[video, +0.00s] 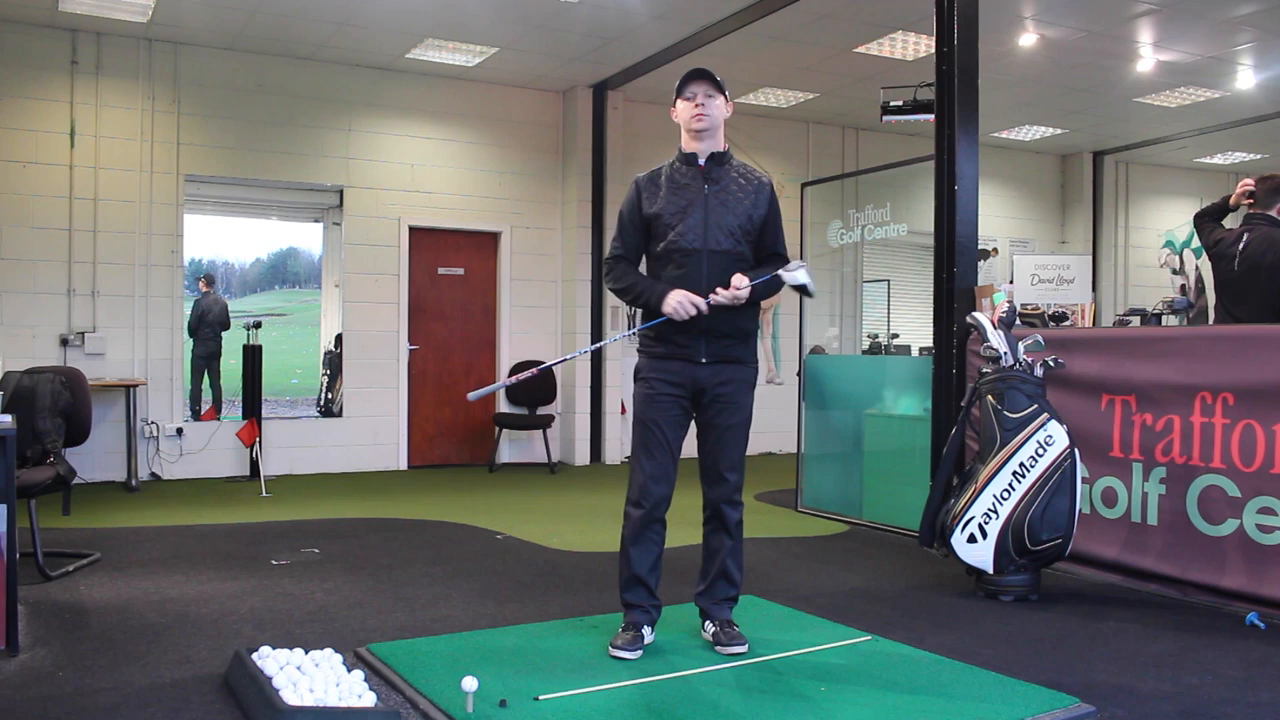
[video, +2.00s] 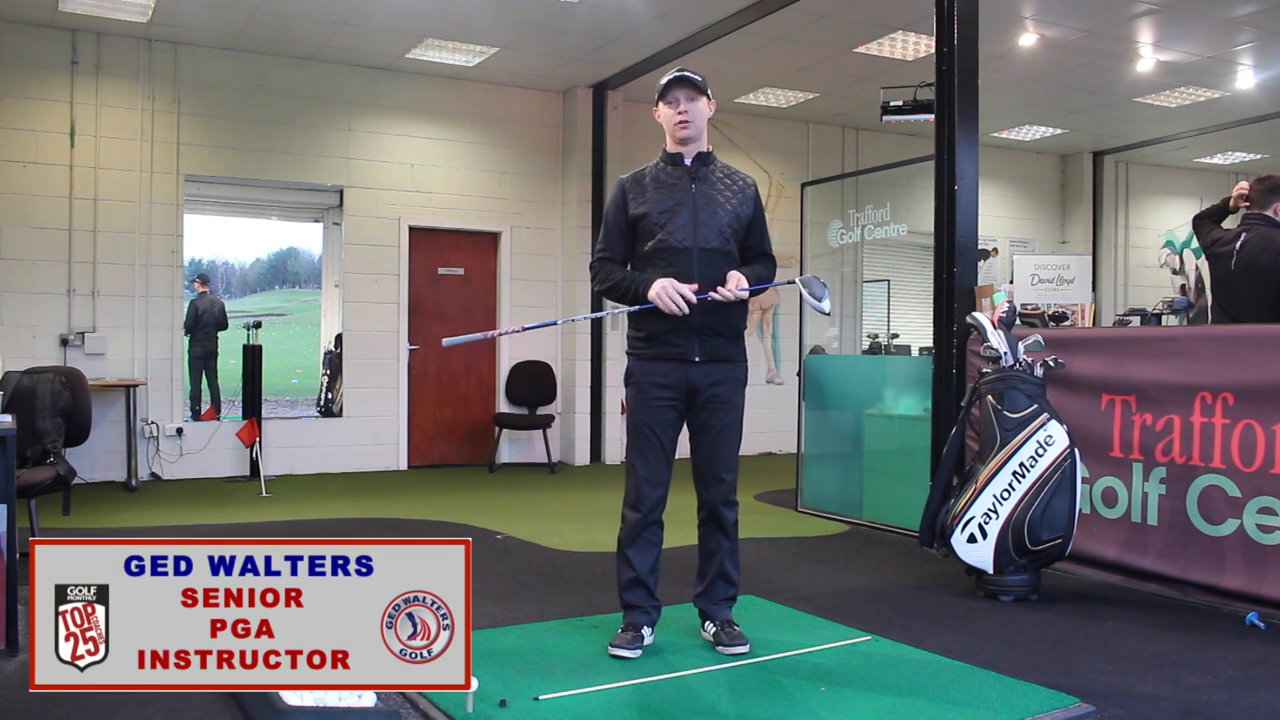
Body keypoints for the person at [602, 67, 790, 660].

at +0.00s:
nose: (698, 104)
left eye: (709, 96)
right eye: (688, 97)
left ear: (728, 110)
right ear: (674, 113)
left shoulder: (756, 187)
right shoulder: (648, 186)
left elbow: (776, 267)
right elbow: (616, 267)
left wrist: (751, 288)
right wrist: (660, 295)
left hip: (731, 363)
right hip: (663, 360)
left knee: (725, 494)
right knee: (647, 493)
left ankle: (719, 612)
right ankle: (638, 616)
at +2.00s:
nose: (681, 108)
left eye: (691, 98)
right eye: (671, 100)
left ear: (711, 109)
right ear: (658, 115)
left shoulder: (741, 187)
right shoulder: (633, 188)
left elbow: (763, 265)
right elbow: (605, 271)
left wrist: (746, 280)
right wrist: (648, 285)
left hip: (722, 363)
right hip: (654, 361)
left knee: (719, 494)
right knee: (644, 494)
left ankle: (719, 612)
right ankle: (638, 616)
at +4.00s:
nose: (679, 108)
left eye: (689, 99)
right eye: (669, 100)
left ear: (706, 110)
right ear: (654, 113)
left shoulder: (736, 187)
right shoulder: (628, 189)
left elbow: (763, 266)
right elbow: (600, 270)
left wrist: (749, 268)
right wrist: (624, 287)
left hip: (719, 364)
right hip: (650, 363)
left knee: (717, 495)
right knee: (642, 495)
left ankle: (718, 613)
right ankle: (637, 616)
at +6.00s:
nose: (679, 117)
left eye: (689, 106)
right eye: (669, 107)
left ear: (703, 113)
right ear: (651, 114)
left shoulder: (733, 183)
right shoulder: (625, 189)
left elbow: (763, 262)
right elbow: (596, 270)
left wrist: (725, 264)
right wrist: (633, 282)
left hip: (719, 362)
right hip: (651, 362)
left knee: (718, 494)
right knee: (642, 495)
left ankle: (718, 612)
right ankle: (638, 616)